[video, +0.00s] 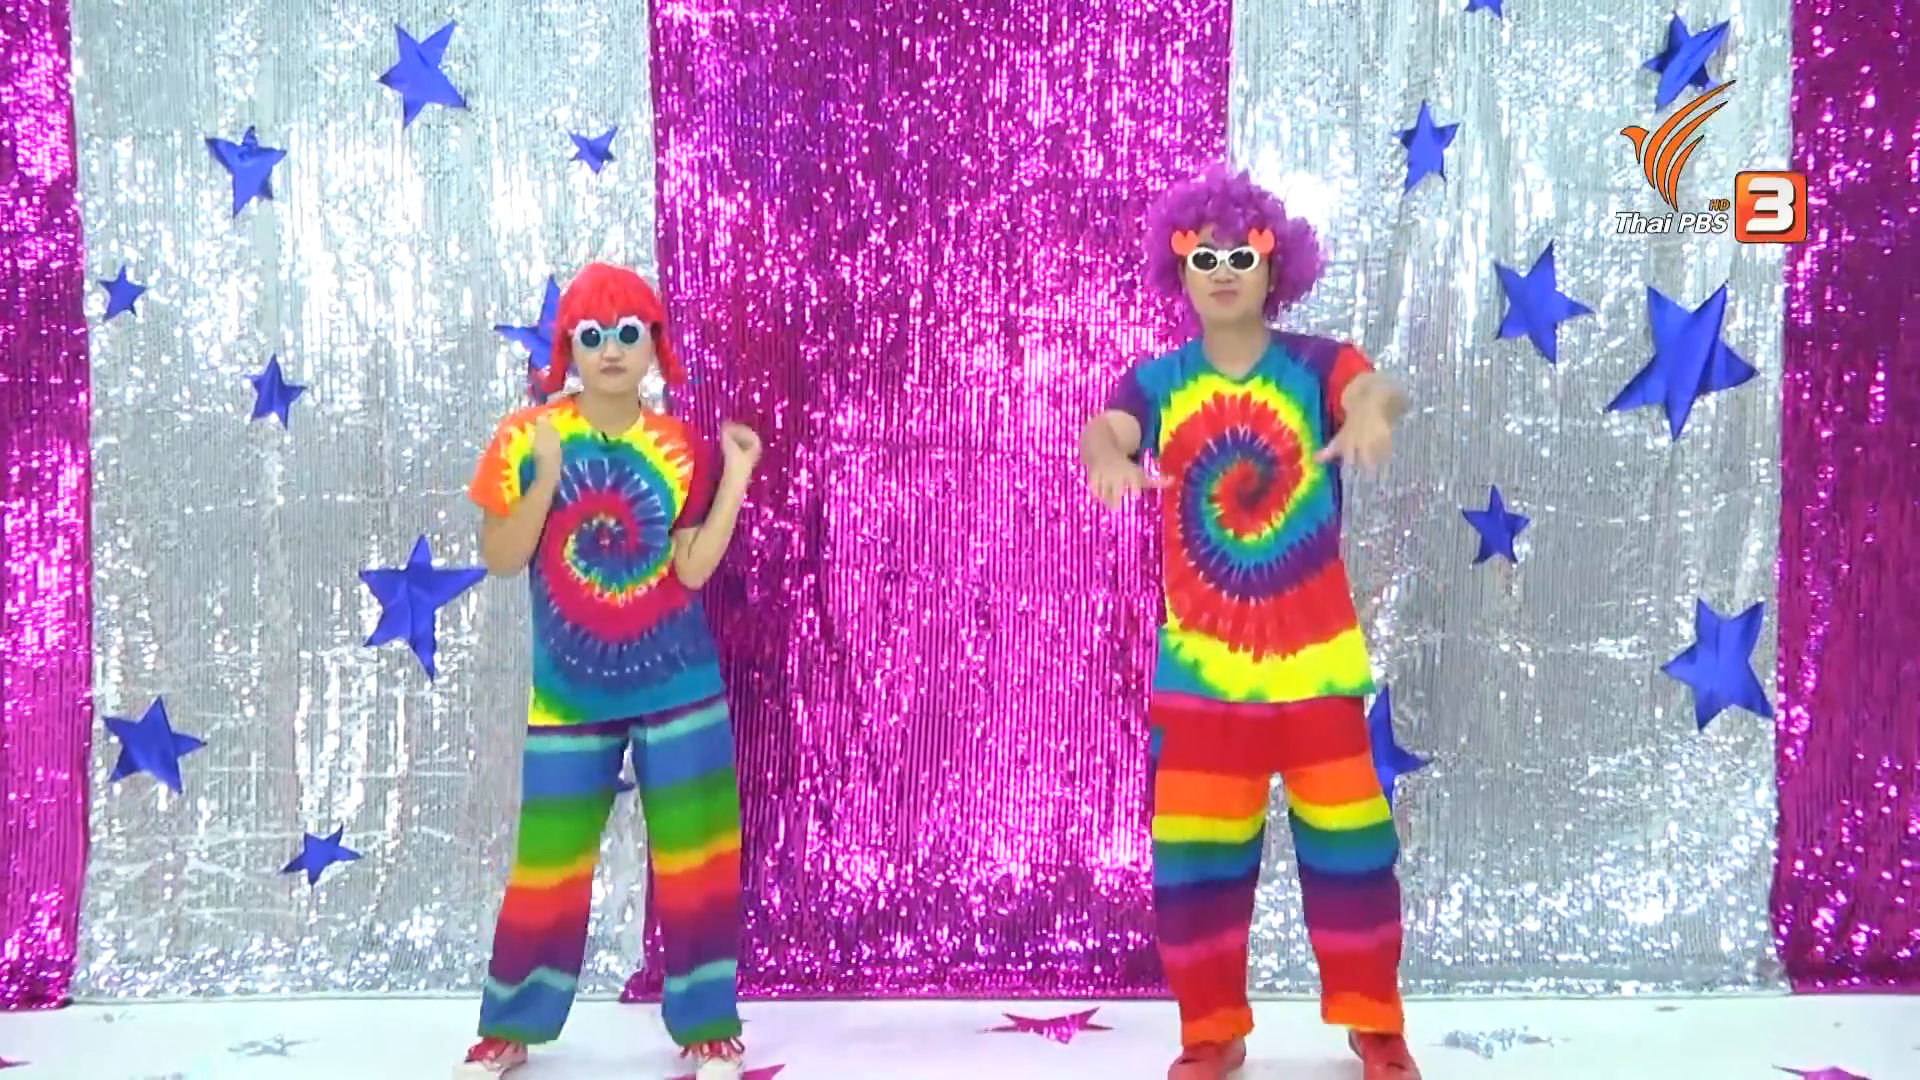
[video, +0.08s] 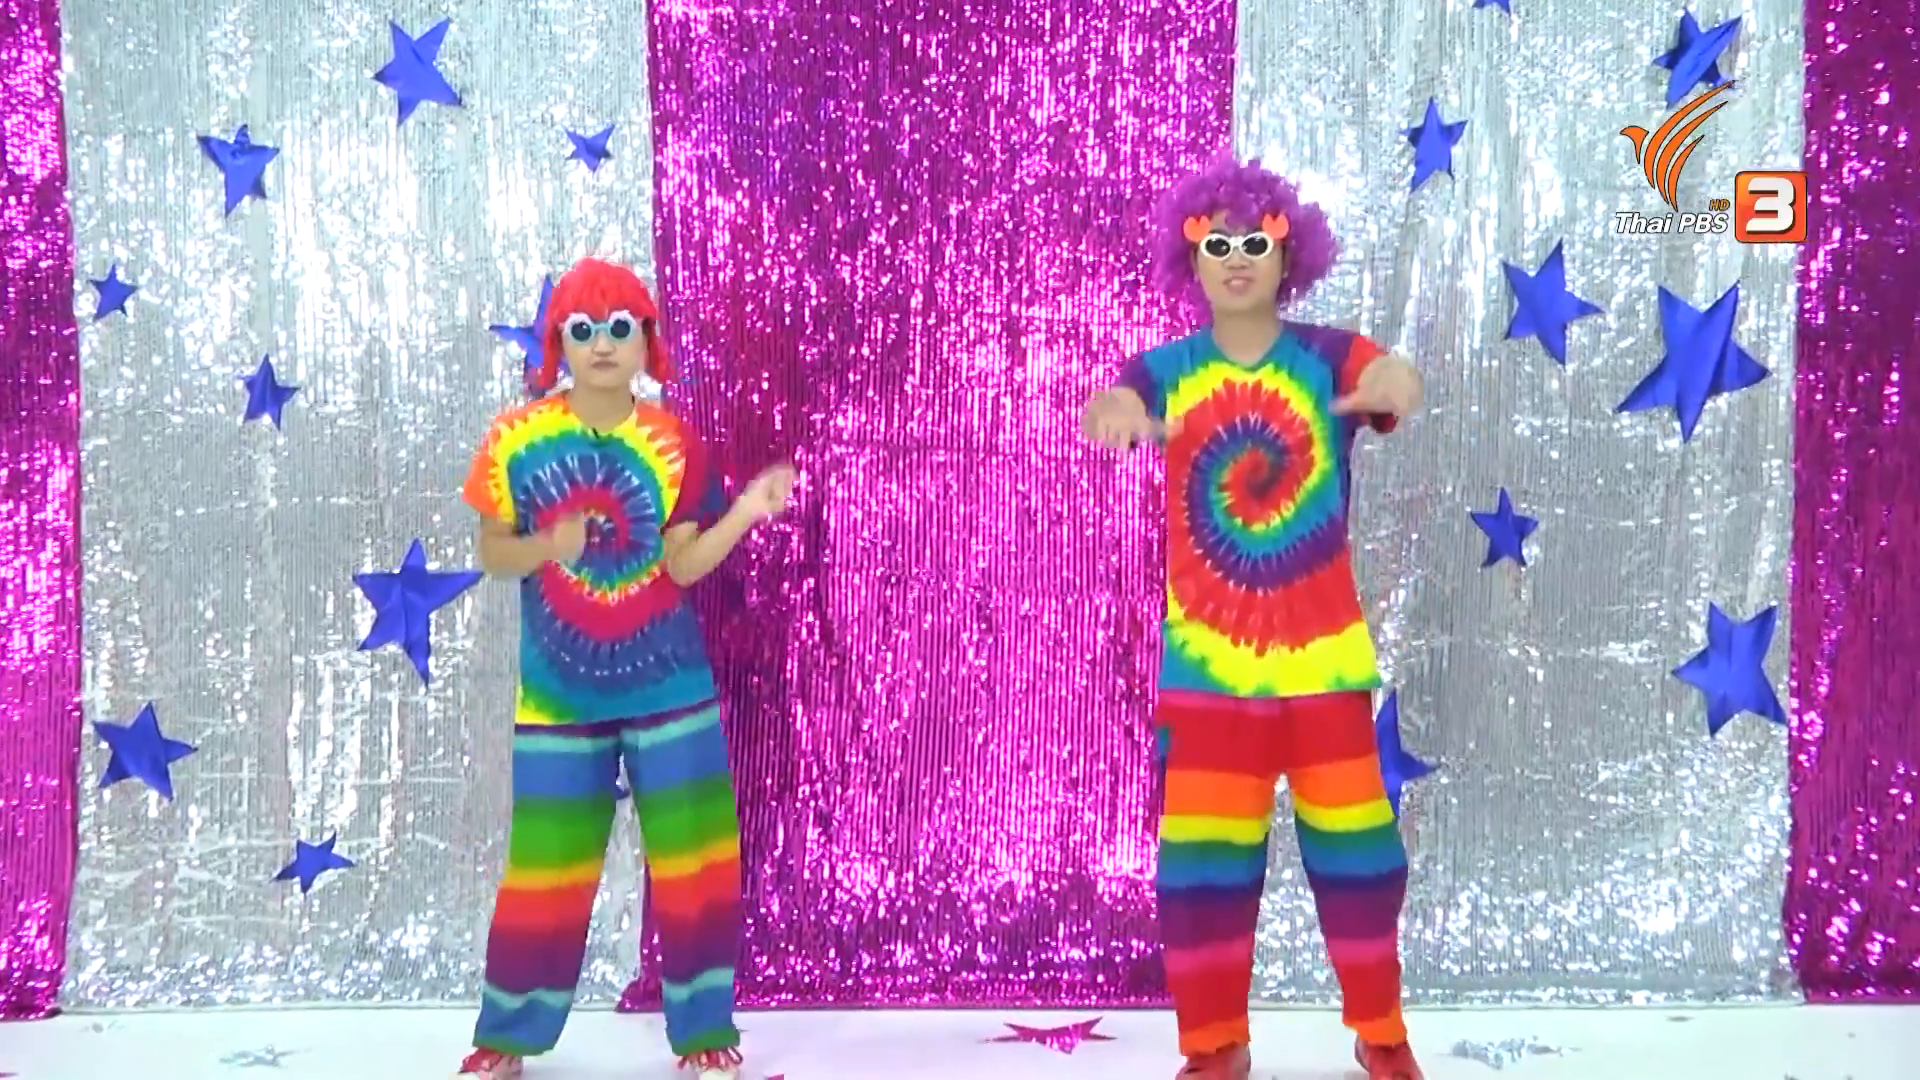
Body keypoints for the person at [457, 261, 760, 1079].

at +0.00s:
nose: (611, 350)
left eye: (628, 334)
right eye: (592, 336)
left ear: (654, 349)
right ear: (567, 353)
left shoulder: (677, 442)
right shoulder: (528, 436)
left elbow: (694, 567)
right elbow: (500, 556)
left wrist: (735, 477)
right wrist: (545, 474)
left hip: (679, 680)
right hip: (571, 687)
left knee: (697, 856)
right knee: (545, 859)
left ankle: (710, 1028)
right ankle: (509, 1030)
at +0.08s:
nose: (602, 345)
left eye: (620, 329)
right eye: (583, 330)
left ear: (646, 344)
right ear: (557, 346)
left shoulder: (670, 439)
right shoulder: (518, 439)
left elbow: (685, 563)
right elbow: (492, 554)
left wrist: (744, 511)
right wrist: (547, 544)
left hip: (669, 679)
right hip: (560, 686)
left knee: (694, 856)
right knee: (545, 862)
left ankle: (705, 1034)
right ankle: (505, 1038)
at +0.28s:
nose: (566, 335)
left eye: (583, 318)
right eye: (546, 321)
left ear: (616, 333)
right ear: (525, 341)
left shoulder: (659, 427)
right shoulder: (500, 438)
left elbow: (718, 544)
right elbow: (478, 556)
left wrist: (652, 526)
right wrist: (422, 546)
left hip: (635, 690)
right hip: (520, 689)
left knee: (668, 883)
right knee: (501, 886)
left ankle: (697, 1065)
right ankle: (491, 1065)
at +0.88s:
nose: (542, 380)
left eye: (565, 363)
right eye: (523, 359)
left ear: (588, 382)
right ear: (491, 370)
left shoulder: (614, 472)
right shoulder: (434, 478)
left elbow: (730, 555)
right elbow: (359, 602)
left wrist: (729, 541)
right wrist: (466, 561)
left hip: (615, 765)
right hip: (486, 768)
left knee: (638, 996)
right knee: (455, 997)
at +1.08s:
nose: (539, 415)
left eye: (561, 395)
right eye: (516, 395)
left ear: (586, 413)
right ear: (483, 409)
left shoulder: (607, 518)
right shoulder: (426, 515)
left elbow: (678, 659)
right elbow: (360, 646)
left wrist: (663, 545)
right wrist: (464, 572)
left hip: (619, 808)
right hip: (489, 816)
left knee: (653, 1039)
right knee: (474, 1049)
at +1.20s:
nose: (522, 410)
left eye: (542, 389)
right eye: (497, 393)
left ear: (572, 403)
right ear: (468, 411)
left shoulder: (612, 512)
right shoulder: (419, 518)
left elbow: (656, 657)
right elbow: (339, 644)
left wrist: (607, 637)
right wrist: (408, 674)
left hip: (598, 808)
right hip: (465, 814)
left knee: (637, 1033)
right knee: (445, 1042)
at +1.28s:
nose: (510, 414)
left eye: (529, 389)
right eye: (484, 400)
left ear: (562, 398)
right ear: (460, 421)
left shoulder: (613, 510)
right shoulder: (419, 525)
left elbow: (659, 646)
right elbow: (330, 636)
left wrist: (564, 652)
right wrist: (316, 704)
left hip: (585, 826)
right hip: (449, 828)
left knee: (631, 1054)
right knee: (421, 1056)